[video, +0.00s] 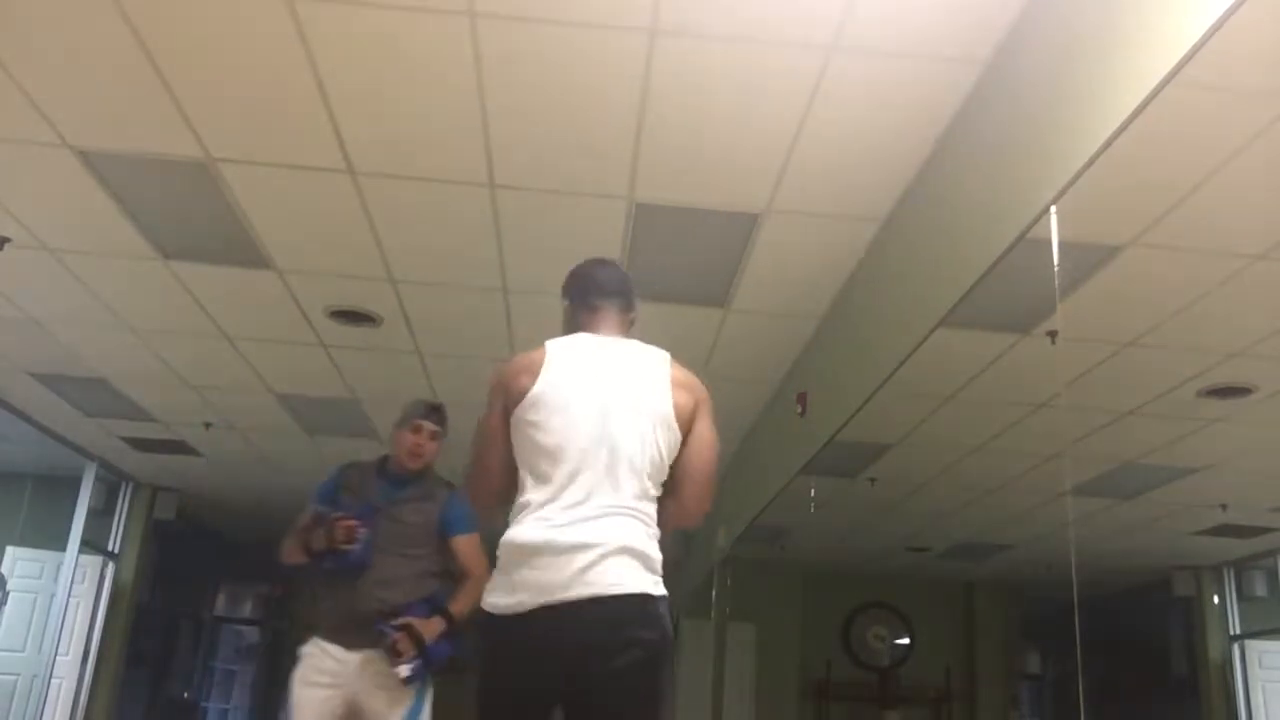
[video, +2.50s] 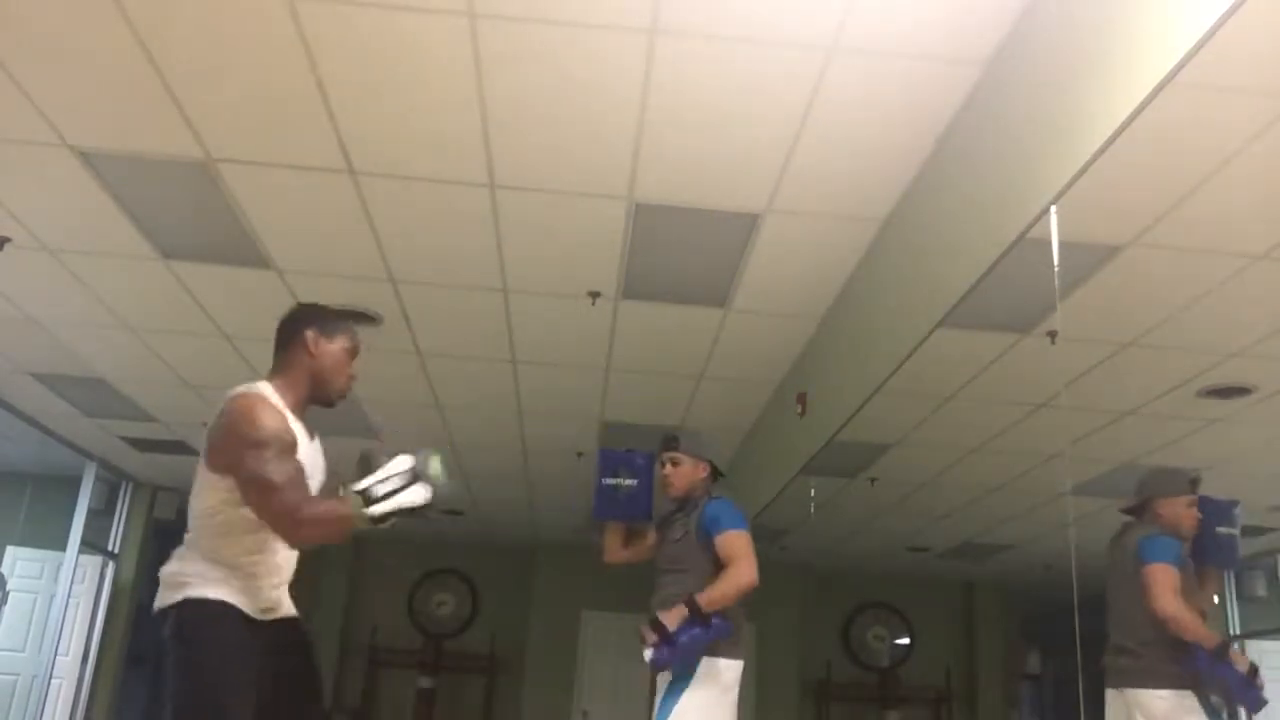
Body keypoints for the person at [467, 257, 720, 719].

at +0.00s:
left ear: (567, 309)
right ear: (632, 314)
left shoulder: (520, 371)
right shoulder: (685, 384)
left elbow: (487, 493)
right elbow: (690, 509)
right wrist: (626, 499)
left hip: (522, 610)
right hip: (627, 608)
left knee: (510, 711)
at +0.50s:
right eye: (625, 333)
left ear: (564, 328)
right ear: (627, 332)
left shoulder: (500, 379)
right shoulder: (656, 412)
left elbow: (450, 489)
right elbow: (652, 537)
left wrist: (517, 483)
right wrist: (614, 489)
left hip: (478, 622)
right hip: (579, 619)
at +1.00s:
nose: (507, 344)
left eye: (506, 333)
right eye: (506, 331)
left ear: (441, 328)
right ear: (495, 326)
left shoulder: (385, 387)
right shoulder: (497, 367)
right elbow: (532, 489)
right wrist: (541, 430)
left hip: (360, 591)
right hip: (440, 583)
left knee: (374, 711)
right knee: (490, 709)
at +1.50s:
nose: (425, 348)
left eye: (429, 335)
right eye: (427, 331)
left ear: (368, 316)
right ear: (404, 316)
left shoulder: (311, 373)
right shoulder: (379, 375)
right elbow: (400, 502)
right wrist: (432, 458)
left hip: (262, 575)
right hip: (301, 583)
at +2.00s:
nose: (438, 415)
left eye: (439, 403)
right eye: (432, 397)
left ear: (398, 389)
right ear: (395, 385)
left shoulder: (393, 467)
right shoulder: (339, 420)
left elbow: (473, 493)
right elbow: (323, 513)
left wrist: (555, 489)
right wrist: (397, 503)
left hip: (310, 620)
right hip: (256, 601)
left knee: (344, 699)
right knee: (280, 702)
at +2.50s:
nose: (353, 373)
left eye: (355, 359)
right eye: (349, 354)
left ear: (314, 347)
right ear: (312, 343)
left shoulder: (307, 442)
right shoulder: (253, 412)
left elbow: (302, 521)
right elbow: (296, 521)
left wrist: (366, 499)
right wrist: (366, 503)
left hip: (272, 611)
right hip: (212, 602)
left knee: (300, 709)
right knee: (219, 710)